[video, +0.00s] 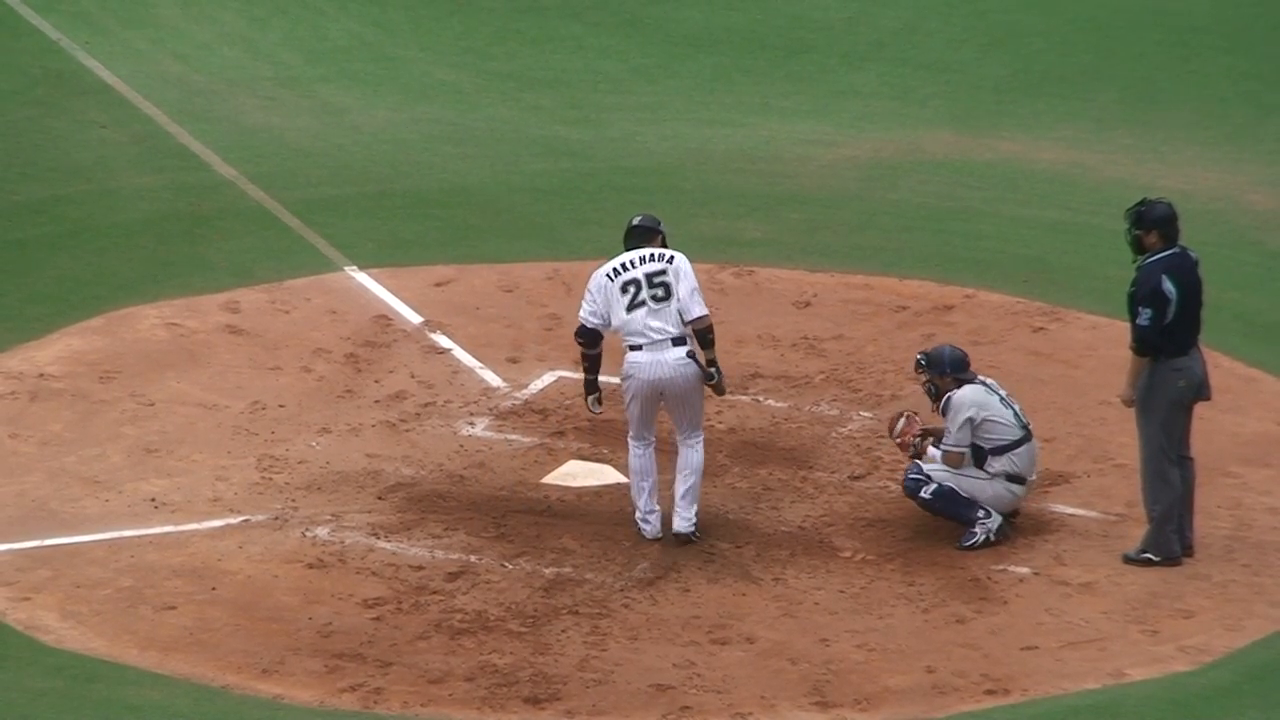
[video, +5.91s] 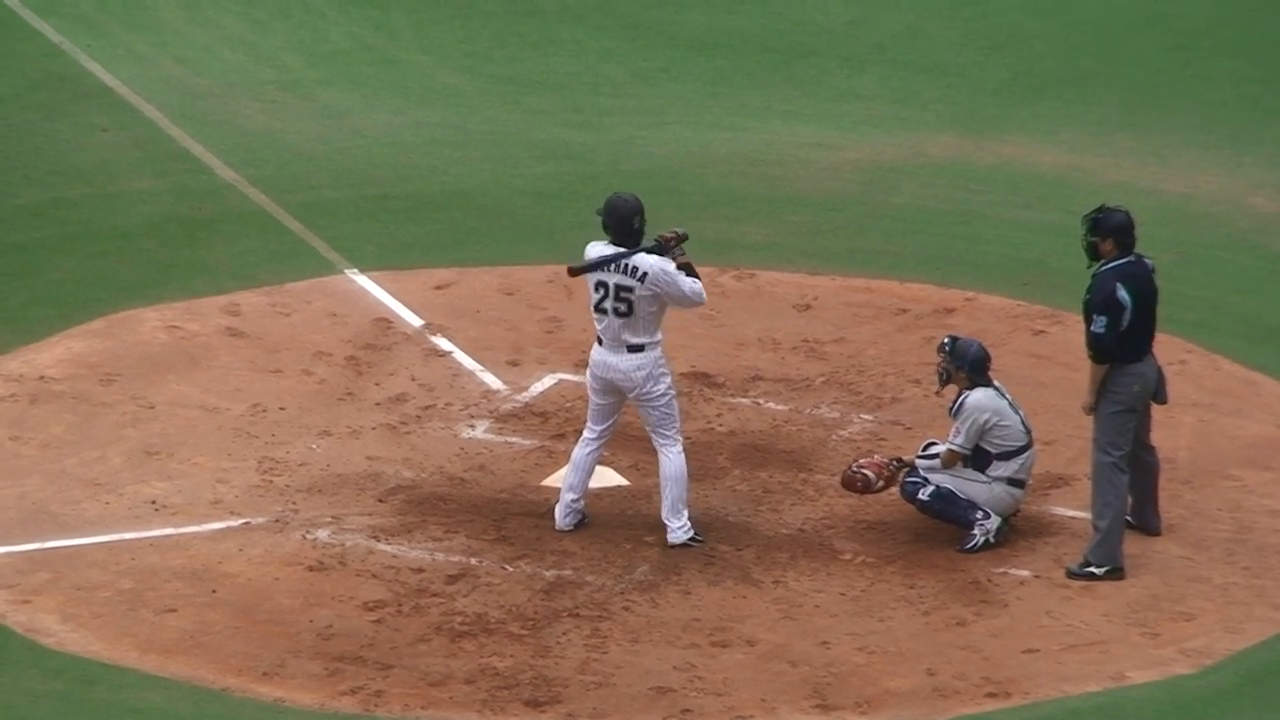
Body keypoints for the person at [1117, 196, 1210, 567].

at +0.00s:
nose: (1135, 236)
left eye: (1139, 231)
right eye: (1136, 229)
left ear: (1152, 236)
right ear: (1167, 232)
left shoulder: (1150, 275)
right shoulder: (1186, 260)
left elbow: (1143, 342)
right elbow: (1188, 322)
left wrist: (1130, 385)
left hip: (1164, 372)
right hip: (1188, 364)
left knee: (1158, 459)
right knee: (1177, 455)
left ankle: (1161, 544)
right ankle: (1179, 536)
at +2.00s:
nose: (1131, 237)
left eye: (1135, 232)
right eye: (1133, 230)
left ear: (1148, 236)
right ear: (1166, 232)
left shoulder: (1152, 272)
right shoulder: (1183, 261)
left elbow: (1144, 341)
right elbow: (1185, 323)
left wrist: (1129, 385)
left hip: (1163, 373)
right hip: (1186, 369)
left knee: (1124, 451)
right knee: (1174, 453)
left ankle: (1149, 540)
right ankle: (1177, 536)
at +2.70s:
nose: (1091, 247)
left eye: (1096, 242)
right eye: (1092, 241)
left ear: (1109, 247)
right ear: (1124, 245)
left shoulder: (1105, 288)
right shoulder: (1145, 272)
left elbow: (1100, 352)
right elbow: (1151, 330)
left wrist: (1087, 396)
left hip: (1128, 383)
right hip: (1156, 375)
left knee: (1101, 463)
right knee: (1139, 450)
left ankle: (1100, 556)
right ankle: (1170, 528)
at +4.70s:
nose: (1091, 237)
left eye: (1096, 232)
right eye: (1093, 230)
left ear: (1109, 238)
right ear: (1124, 235)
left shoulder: (1108, 276)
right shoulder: (1142, 262)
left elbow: (1104, 343)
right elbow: (1144, 321)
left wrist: (1091, 387)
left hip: (1123, 373)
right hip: (1145, 364)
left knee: (1108, 457)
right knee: (1138, 443)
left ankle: (1102, 553)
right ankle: (1144, 512)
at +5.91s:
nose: (1092, 243)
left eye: (1096, 238)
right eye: (1094, 236)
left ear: (1108, 243)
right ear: (1124, 240)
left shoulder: (1106, 283)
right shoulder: (1142, 267)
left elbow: (1101, 350)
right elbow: (1143, 325)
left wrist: (1091, 392)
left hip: (1120, 377)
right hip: (1144, 368)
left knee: (1109, 462)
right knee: (1138, 447)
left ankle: (1105, 557)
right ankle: (1147, 516)